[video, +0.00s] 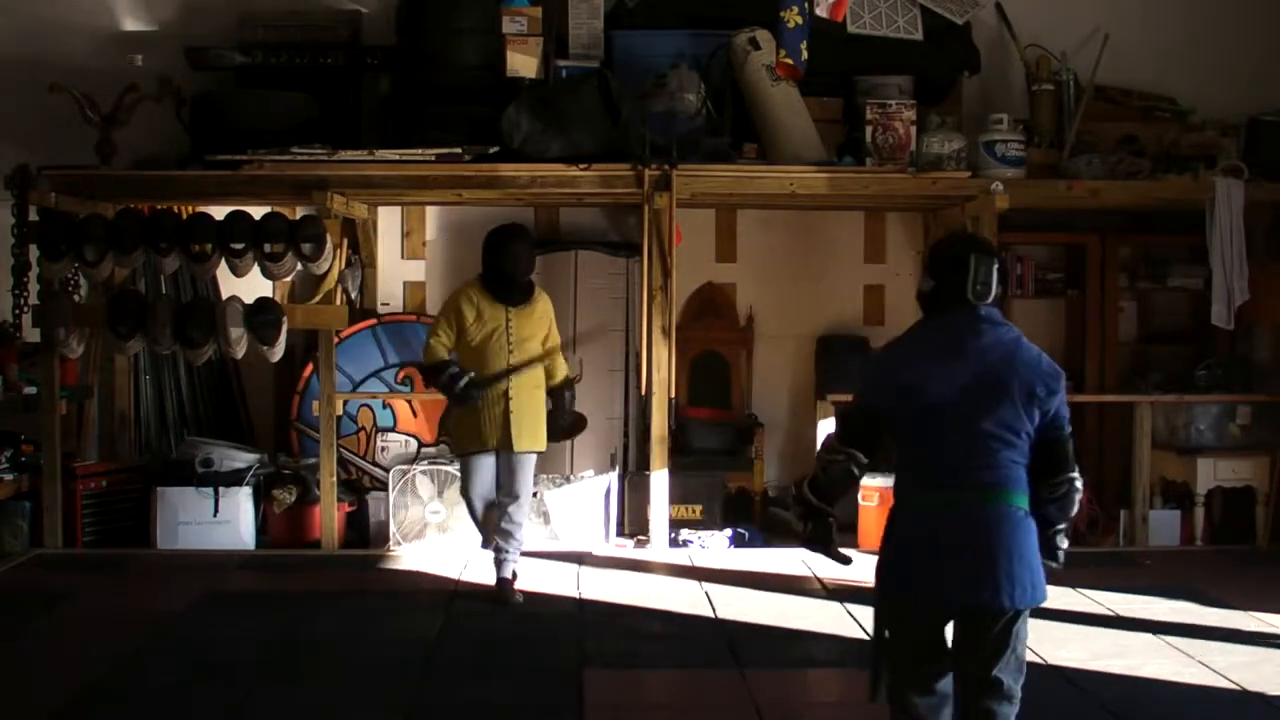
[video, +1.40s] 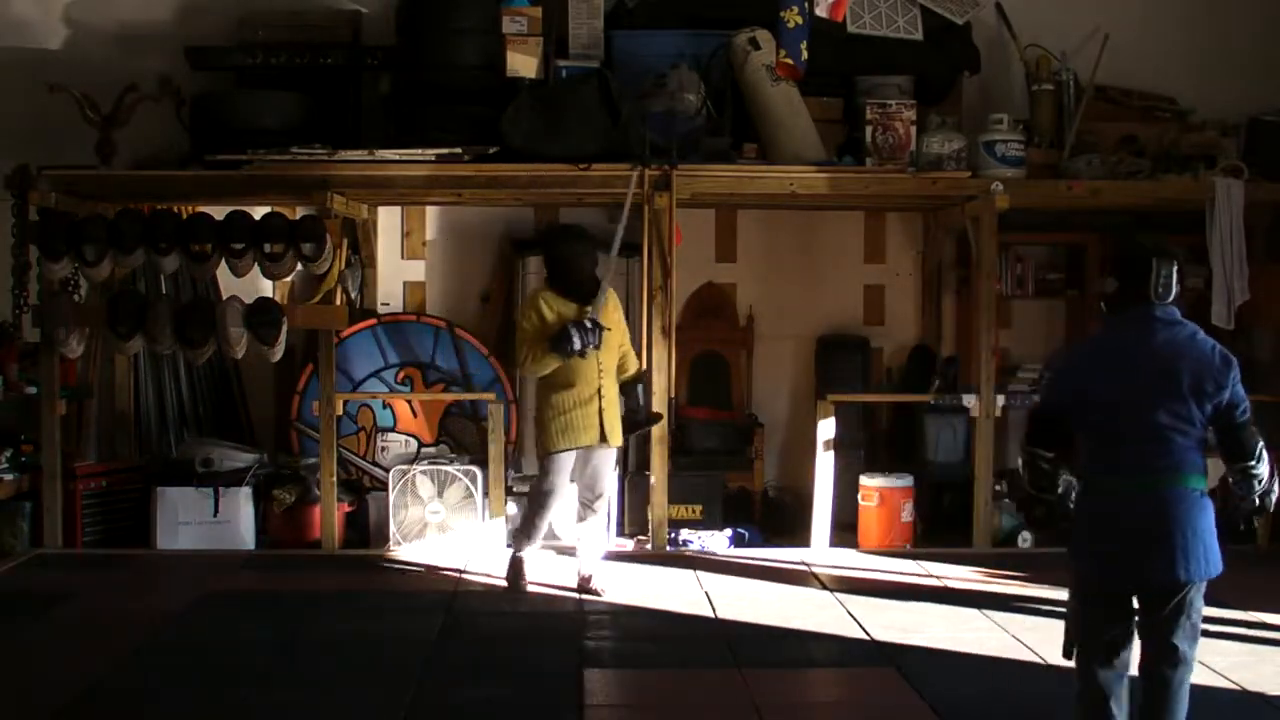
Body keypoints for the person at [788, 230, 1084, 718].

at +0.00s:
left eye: (926, 281)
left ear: (928, 287)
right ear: (993, 290)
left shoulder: (897, 359)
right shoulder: (1035, 367)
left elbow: (850, 451)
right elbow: (1058, 479)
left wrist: (812, 503)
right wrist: (1049, 542)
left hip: (914, 551)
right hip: (1001, 552)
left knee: (918, 690)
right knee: (995, 693)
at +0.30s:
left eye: (954, 287)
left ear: (953, 291)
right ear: (1015, 292)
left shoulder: (924, 364)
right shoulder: (1059, 365)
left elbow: (889, 464)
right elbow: (1089, 473)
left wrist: (867, 538)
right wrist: (1099, 543)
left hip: (947, 550)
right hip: (1029, 551)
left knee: (951, 685)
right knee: (1014, 692)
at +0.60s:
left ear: (967, 287)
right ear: (1033, 286)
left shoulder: (940, 357)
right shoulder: (1069, 352)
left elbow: (910, 457)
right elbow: (1111, 455)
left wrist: (921, 521)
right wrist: (1133, 516)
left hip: (972, 535)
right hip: (1051, 535)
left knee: (981, 678)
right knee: (1071, 664)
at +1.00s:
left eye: (1044, 288)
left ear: (1044, 292)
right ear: (1104, 291)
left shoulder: (1018, 358)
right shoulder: (1145, 359)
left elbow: (980, 453)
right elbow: (1175, 464)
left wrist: (989, 516)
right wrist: (1190, 523)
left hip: (1041, 530)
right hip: (1124, 535)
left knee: (1022, 670)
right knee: (1145, 678)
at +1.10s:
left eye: (1062, 290)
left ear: (1070, 293)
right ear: (1128, 291)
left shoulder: (1045, 355)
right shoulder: (1170, 358)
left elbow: (1005, 448)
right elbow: (1202, 458)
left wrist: (1006, 513)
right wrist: (1216, 522)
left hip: (1068, 529)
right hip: (1150, 532)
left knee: (1042, 660)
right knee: (1157, 670)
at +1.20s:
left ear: (1089, 291)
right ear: (1148, 289)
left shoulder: (1063, 355)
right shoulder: (1187, 358)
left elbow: (1024, 445)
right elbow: (1225, 453)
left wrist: (1025, 510)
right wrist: (1241, 517)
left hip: (1084, 527)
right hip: (1163, 530)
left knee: (1060, 656)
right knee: (1165, 668)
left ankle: (1040, 716)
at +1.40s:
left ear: (1117, 289)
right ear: (1172, 288)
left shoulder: (1088, 352)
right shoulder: (1207, 355)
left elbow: (1044, 439)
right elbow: (1242, 444)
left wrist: (1052, 494)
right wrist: (1250, 494)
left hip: (1101, 519)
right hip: (1179, 521)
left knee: (1101, 658)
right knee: (1172, 659)